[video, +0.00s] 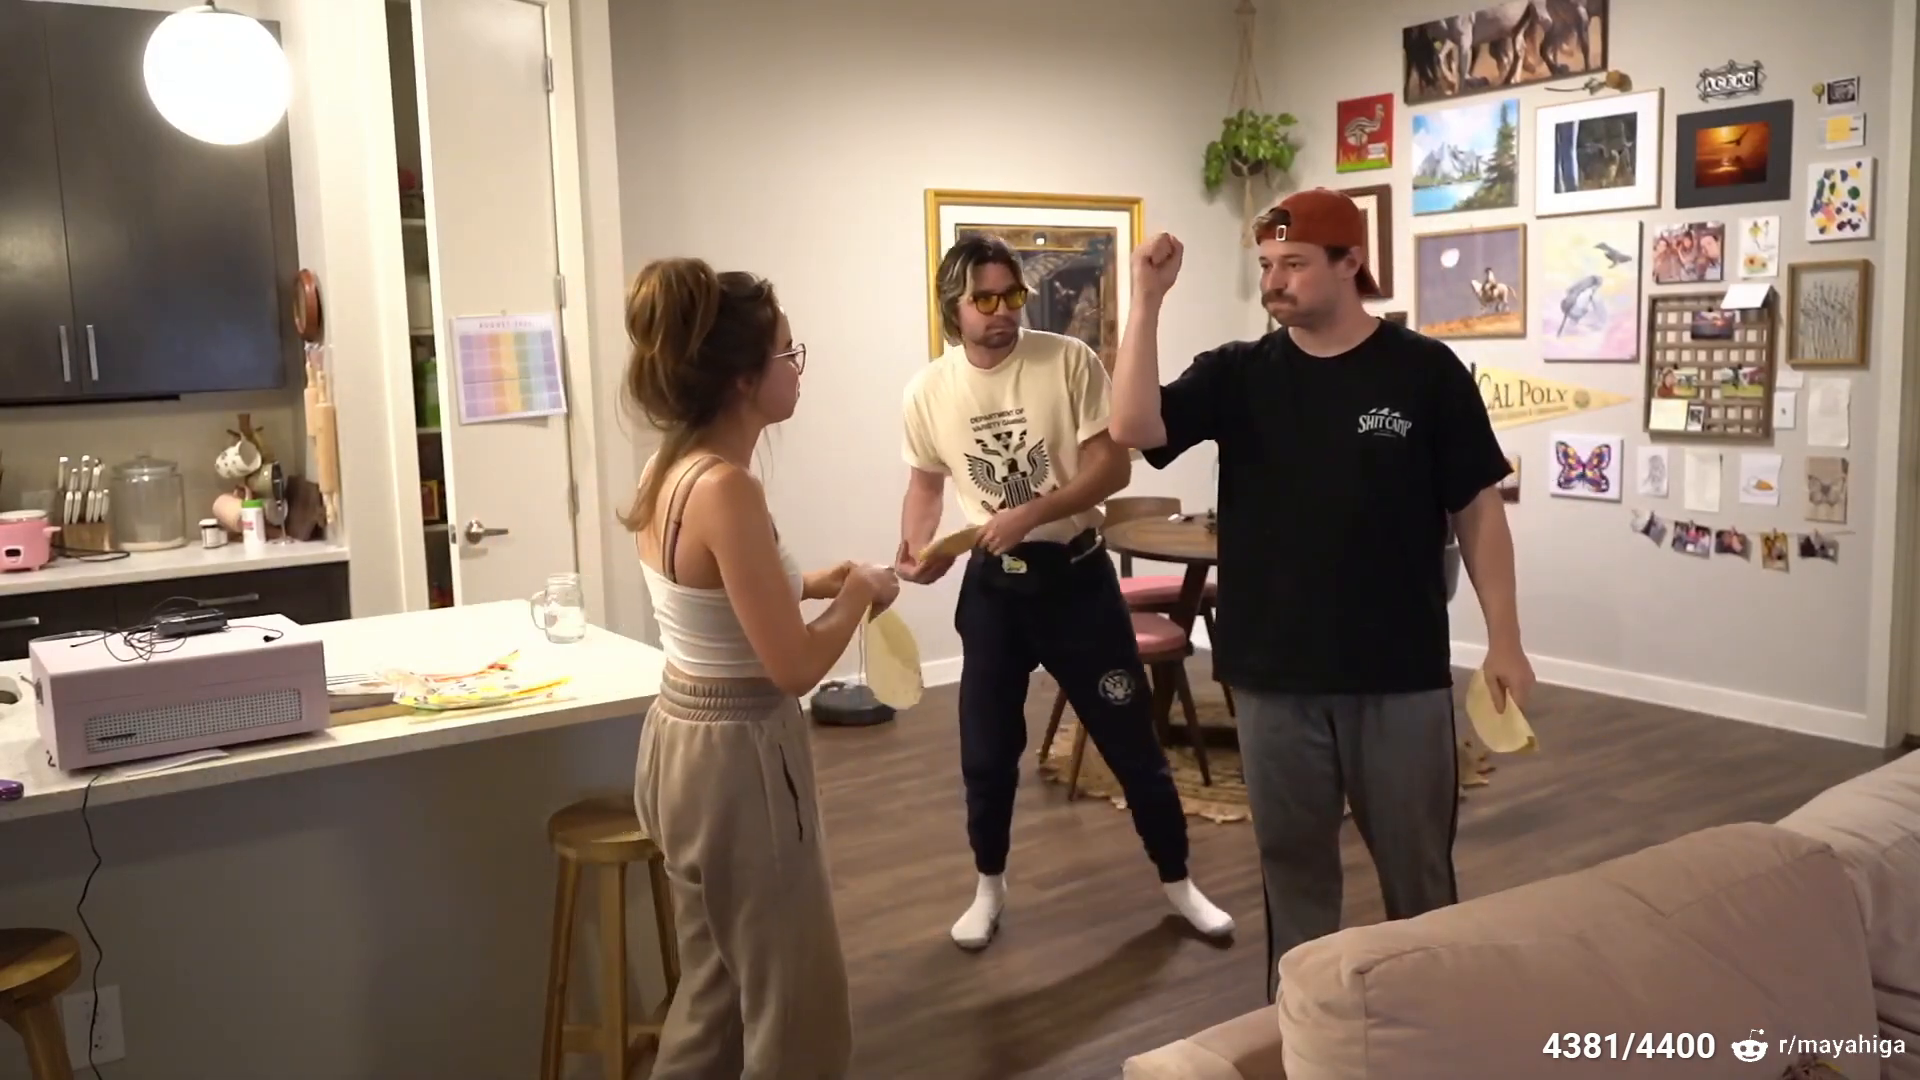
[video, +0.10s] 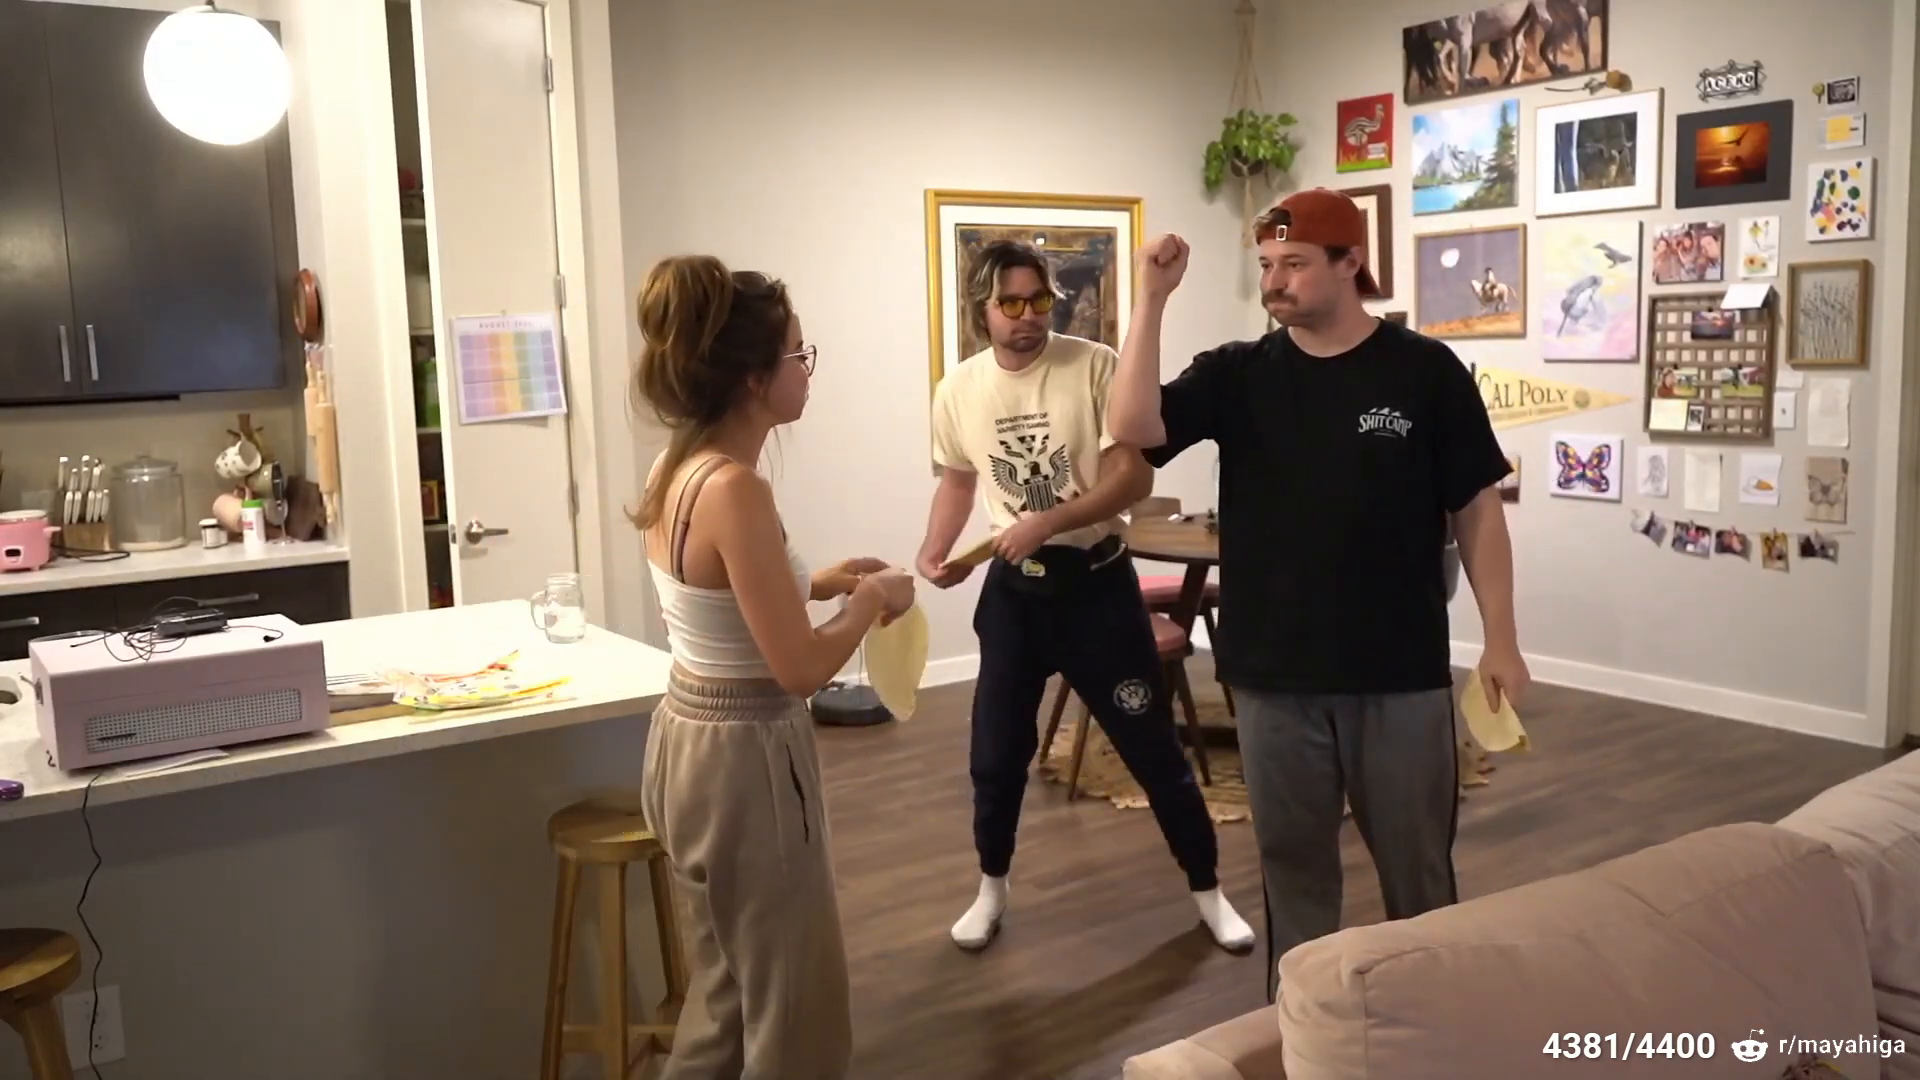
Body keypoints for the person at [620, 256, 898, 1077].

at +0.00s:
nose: (802, 364)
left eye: (795, 348)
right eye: (788, 353)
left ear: (729, 380)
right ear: (744, 381)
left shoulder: (672, 475)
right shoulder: (725, 488)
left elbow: (724, 609)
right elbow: (795, 667)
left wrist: (827, 583)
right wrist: (858, 597)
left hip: (679, 739)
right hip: (741, 756)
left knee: (711, 991)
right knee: (796, 997)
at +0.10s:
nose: (812, 367)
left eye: (806, 351)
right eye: (798, 355)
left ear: (740, 378)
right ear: (753, 379)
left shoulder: (678, 474)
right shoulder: (735, 489)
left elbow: (715, 609)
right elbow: (799, 669)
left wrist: (819, 586)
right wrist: (866, 606)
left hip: (686, 741)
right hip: (747, 757)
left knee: (725, 989)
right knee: (796, 998)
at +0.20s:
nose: (818, 366)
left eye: (812, 350)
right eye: (805, 355)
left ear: (744, 380)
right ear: (761, 381)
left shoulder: (682, 474)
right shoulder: (740, 492)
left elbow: (720, 590)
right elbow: (798, 677)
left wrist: (825, 592)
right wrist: (869, 619)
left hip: (690, 742)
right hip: (749, 759)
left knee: (742, 995)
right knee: (796, 1009)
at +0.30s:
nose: (822, 366)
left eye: (815, 350)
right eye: (808, 355)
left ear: (746, 382)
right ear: (763, 383)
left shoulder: (687, 474)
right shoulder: (744, 492)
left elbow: (719, 603)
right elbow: (793, 679)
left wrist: (817, 606)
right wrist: (867, 626)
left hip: (691, 744)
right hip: (750, 762)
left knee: (752, 998)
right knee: (795, 1010)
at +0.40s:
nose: (823, 364)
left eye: (816, 348)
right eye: (809, 354)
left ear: (747, 381)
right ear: (762, 382)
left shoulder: (687, 474)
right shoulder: (745, 490)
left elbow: (696, 626)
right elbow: (791, 679)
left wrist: (812, 620)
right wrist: (861, 631)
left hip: (690, 741)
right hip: (749, 761)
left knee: (758, 997)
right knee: (791, 1010)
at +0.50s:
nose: (822, 366)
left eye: (816, 349)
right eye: (808, 354)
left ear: (746, 378)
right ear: (762, 379)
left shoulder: (683, 474)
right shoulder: (745, 489)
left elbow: (689, 624)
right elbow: (794, 677)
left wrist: (820, 620)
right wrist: (864, 631)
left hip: (689, 743)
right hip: (748, 762)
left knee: (759, 996)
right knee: (791, 1010)